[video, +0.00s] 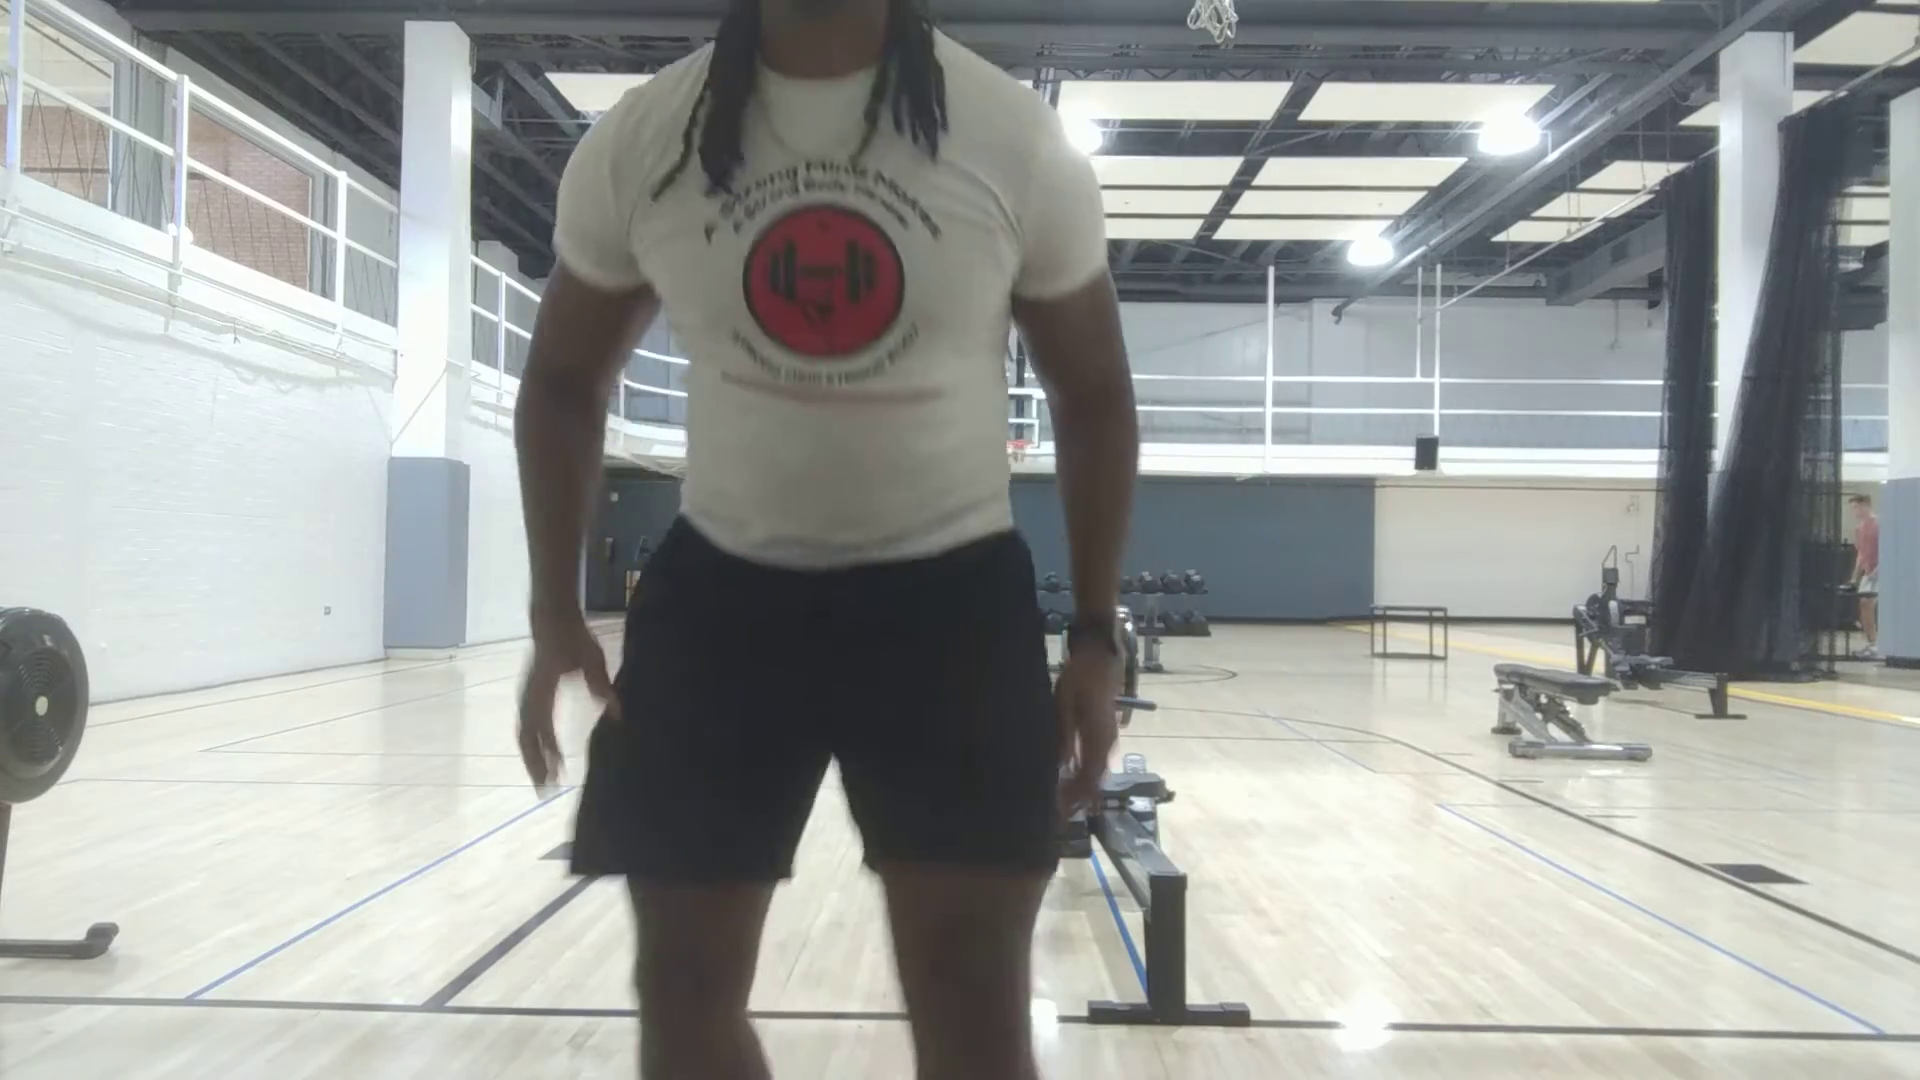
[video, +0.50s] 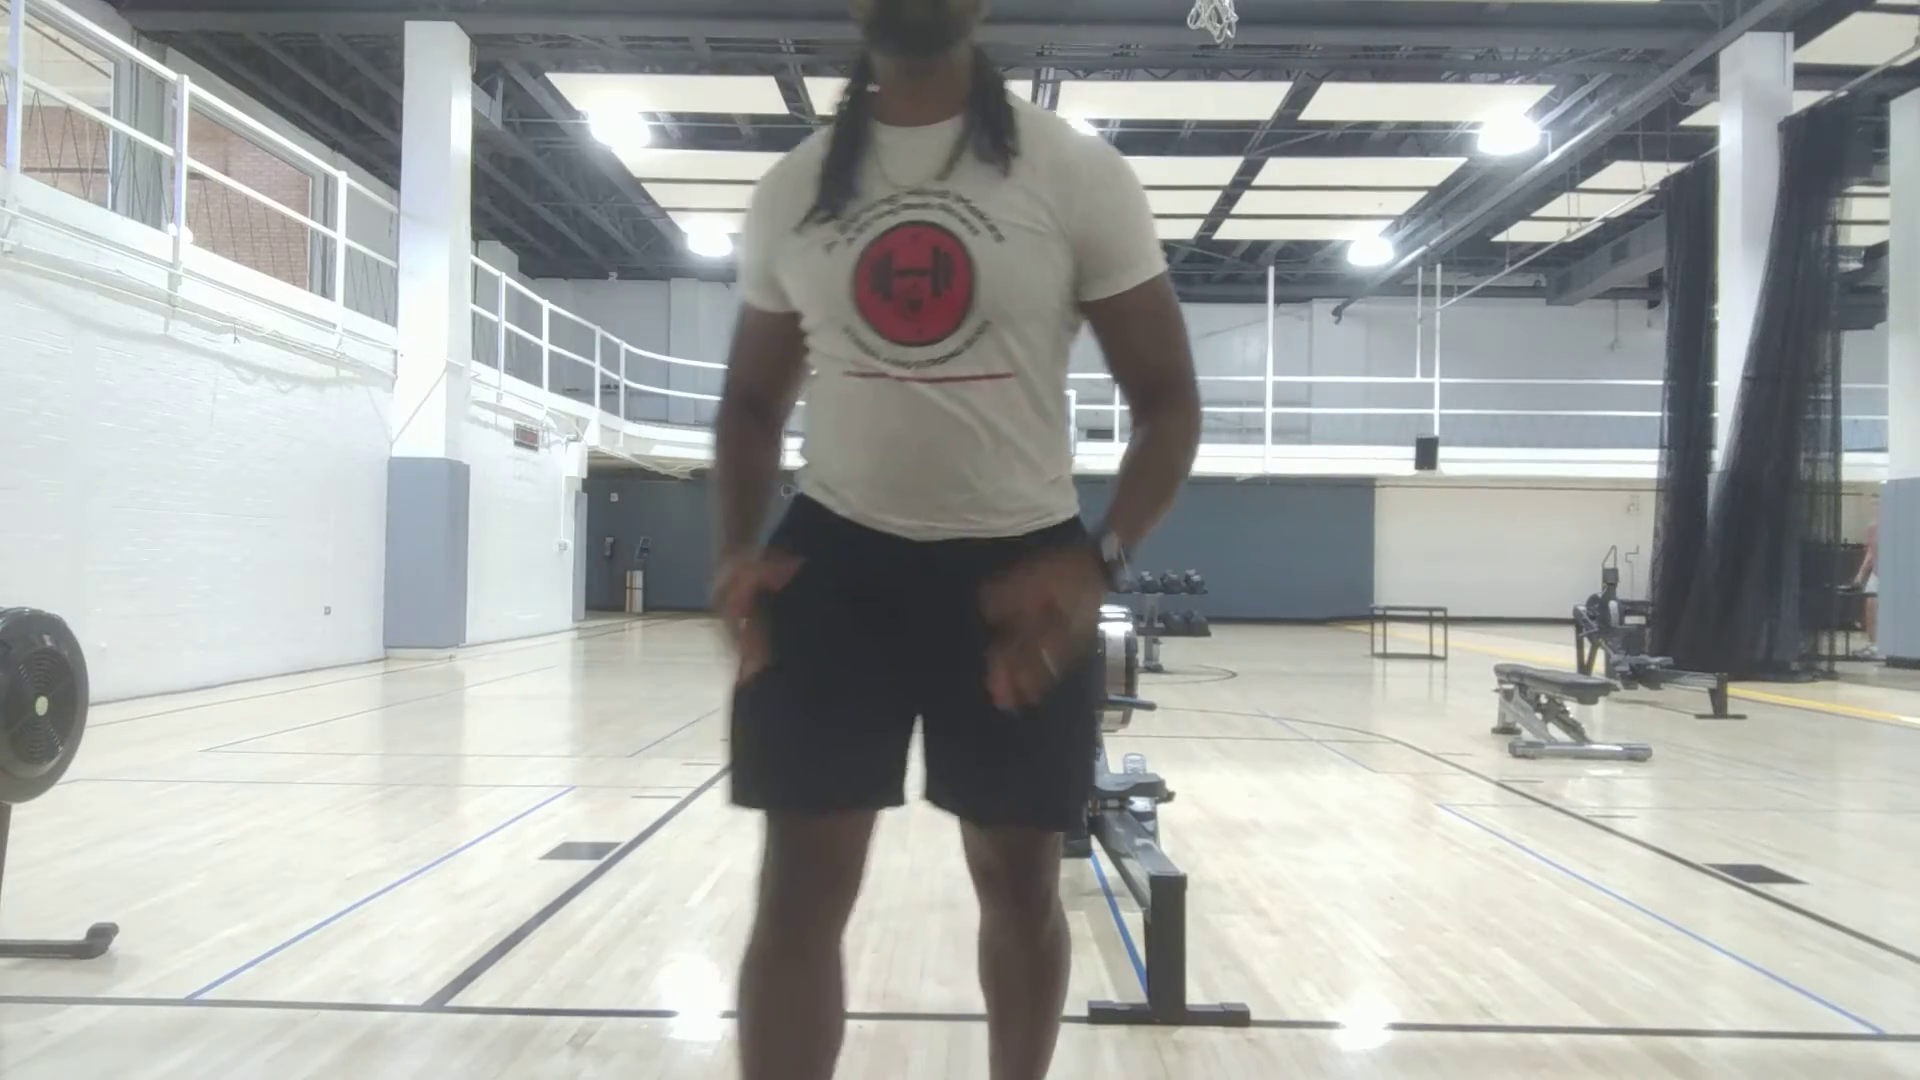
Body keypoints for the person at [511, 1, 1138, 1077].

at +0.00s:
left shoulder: (1014, 141)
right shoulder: (641, 140)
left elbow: (1094, 396)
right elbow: (564, 383)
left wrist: (1096, 636)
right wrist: (559, 615)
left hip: (950, 613)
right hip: (722, 611)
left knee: (971, 1009)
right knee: (685, 1002)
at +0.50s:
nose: (910, 1)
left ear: (980, 8)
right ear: (853, 11)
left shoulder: (1078, 177)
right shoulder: (797, 186)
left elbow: (1169, 405)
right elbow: (752, 398)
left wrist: (1099, 557)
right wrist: (736, 550)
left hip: (1020, 569)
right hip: (837, 562)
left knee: (1019, 888)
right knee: (800, 894)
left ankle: (1018, 1075)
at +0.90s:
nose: (975, 47)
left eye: (1002, 28)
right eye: (953, 27)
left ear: (1041, 60)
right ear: (921, 54)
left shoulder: (1096, 239)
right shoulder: (850, 229)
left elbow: (1148, 410)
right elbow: (769, 400)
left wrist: (1179, 518)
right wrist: (743, 529)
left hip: (1045, 592)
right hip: (883, 589)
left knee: (1049, 884)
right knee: (881, 878)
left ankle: (1030, 1076)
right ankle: (899, 1072)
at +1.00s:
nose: (974, 14)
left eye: (999, 4)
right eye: (954, 1)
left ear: (1033, 24)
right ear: (916, 17)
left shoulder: (1098, 177)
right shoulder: (844, 163)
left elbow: (1189, 332)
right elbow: (739, 309)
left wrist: (1274, 328)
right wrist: (642, 358)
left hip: (1035, 529)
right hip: (875, 524)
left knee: (1040, 816)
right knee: (845, 805)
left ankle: (1046, 1066)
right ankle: (848, 1056)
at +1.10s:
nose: (949, 19)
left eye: (970, 10)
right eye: (935, 10)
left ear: (1014, 21)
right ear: (912, 24)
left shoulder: (1092, 125)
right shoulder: (841, 127)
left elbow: (1236, 241)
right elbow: (668, 236)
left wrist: (1311, 146)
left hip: (1029, 495)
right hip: (865, 488)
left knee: (1063, 802)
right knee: (800, 782)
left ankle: (1090, 1056)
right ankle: (750, 1046)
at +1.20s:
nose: (955, 25)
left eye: (978, 11)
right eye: (933, 9)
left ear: (1008, 38)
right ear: (898, 35)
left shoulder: (1083, 170)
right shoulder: (827, 170)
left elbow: (1268, 166)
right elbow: (644, 178)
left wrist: (1259, 48)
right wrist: (607, 40)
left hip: (1023, 552)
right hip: (857, 543)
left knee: (1084, 842)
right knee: (758, 818)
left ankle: (1129, 1066)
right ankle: (666, 1050)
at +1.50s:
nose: (939, 23)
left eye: (960, 10)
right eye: (917, 10)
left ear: (992, 32)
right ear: (878, 29)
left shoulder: (1062, 157)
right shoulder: (810, 144)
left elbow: (1218, 239)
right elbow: (637, 191)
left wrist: (1330, 132)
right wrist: (555, 83)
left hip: (1000, 506)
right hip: (841, 499)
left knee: (1037, 792)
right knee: (774, 773)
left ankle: (1062, 1038)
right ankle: (745, 1030)